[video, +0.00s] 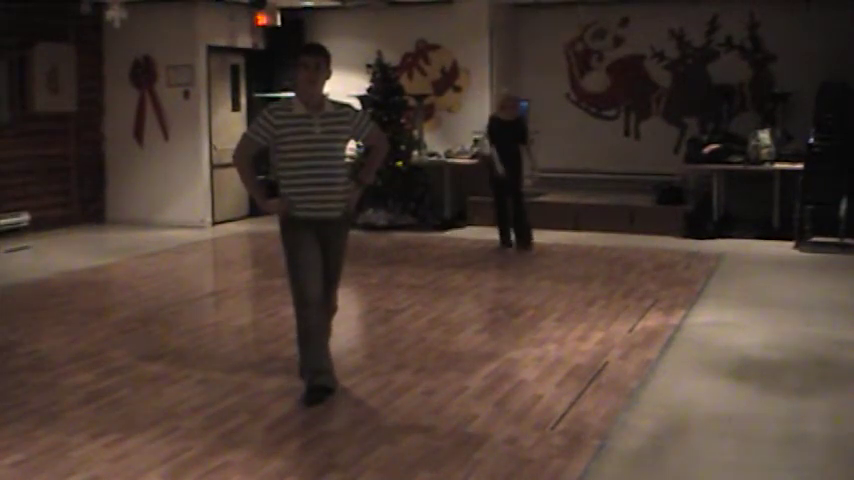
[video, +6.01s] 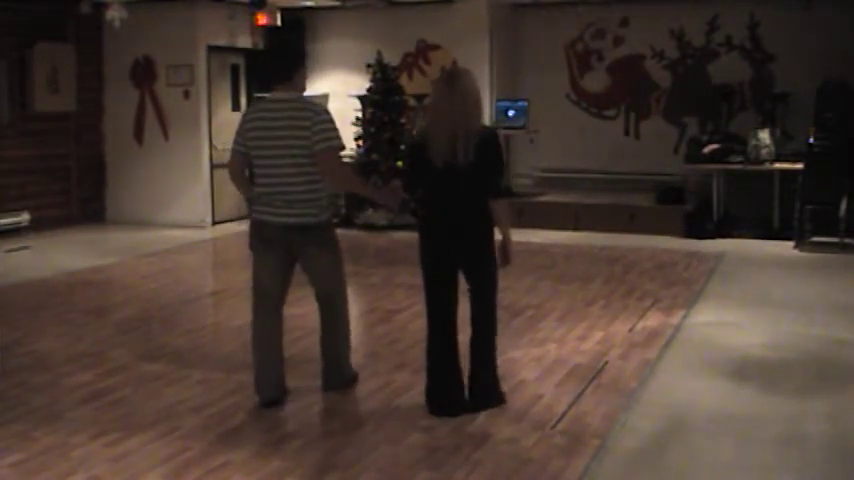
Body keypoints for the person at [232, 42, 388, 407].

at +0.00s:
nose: (311, 76)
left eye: (318, 69)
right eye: (305, 69)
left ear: (328, 74)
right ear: (295, 73)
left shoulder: (344, 114)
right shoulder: (276, 115)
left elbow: (380, 145)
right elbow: (241, 155)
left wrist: (358, 185)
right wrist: (262, 199)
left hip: (336, 218)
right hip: (297, 218)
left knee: (326, 297)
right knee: (309, 298)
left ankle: (314, 361)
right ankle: (318, 378)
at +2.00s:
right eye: (302, 64)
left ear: (274, 72)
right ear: (305, 69)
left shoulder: (263, 110)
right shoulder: (327, 106)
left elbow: (226, 147)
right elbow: (363, 142)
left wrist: (246, 179)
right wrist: (380, 164)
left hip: (283, 215)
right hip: (326, 212)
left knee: (285, 293)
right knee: (328, 296)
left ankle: (294, 368)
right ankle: (329, 375)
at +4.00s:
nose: (333, 72)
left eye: (331, 65)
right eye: (331, 66)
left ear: (296, 70)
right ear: (327, 70)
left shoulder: (281, 110)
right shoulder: (337, 110)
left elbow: (257, 151)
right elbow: (351, 159)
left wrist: (259, 193)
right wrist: (397, 187)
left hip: (289, 213)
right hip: (330, 214)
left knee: (290, 291)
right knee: (340, 289)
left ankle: (285, 371)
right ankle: (343, 360)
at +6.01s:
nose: (304, 73)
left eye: (300, 66)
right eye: (303, 67)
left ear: (267, 71)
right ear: (300, 70)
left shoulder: (254, 113)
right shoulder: (314, 113)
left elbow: (236, 168)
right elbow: (333, 171)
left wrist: (256, 199)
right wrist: (377, 193)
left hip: (267, 226)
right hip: (312, 226)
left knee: (266, 304)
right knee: (332, 297)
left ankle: (269, 389)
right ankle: (336, 374)